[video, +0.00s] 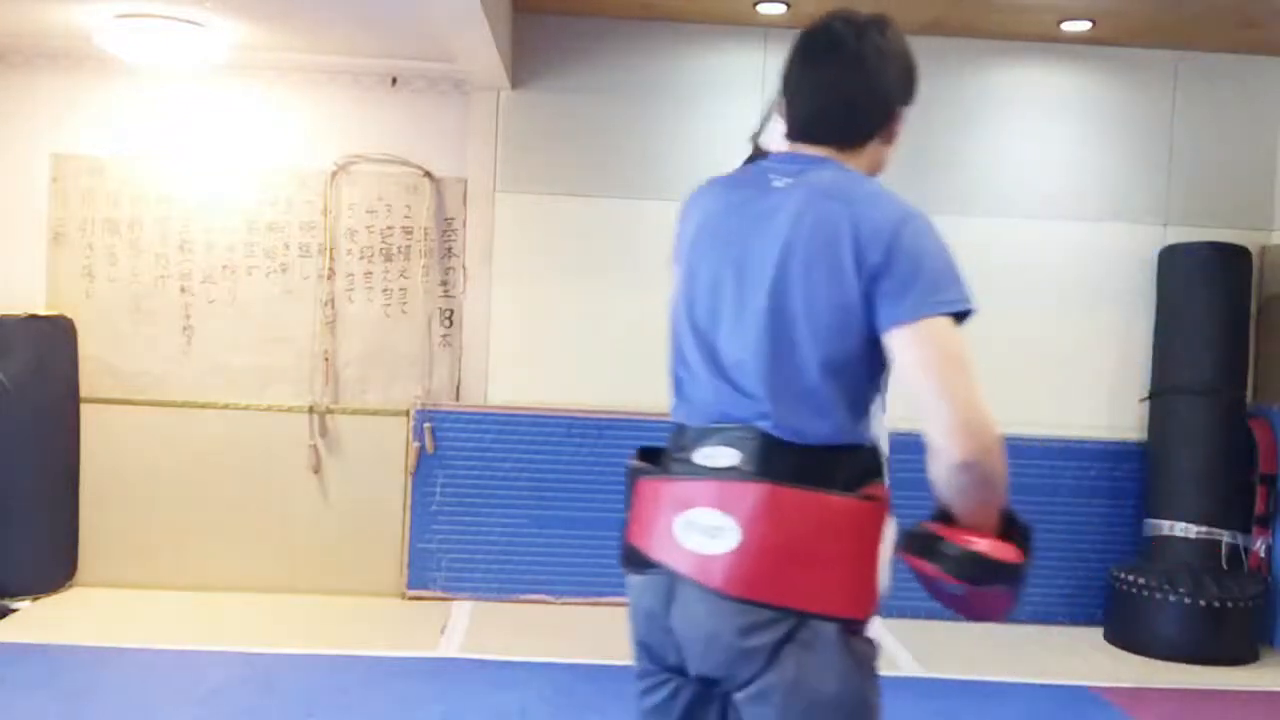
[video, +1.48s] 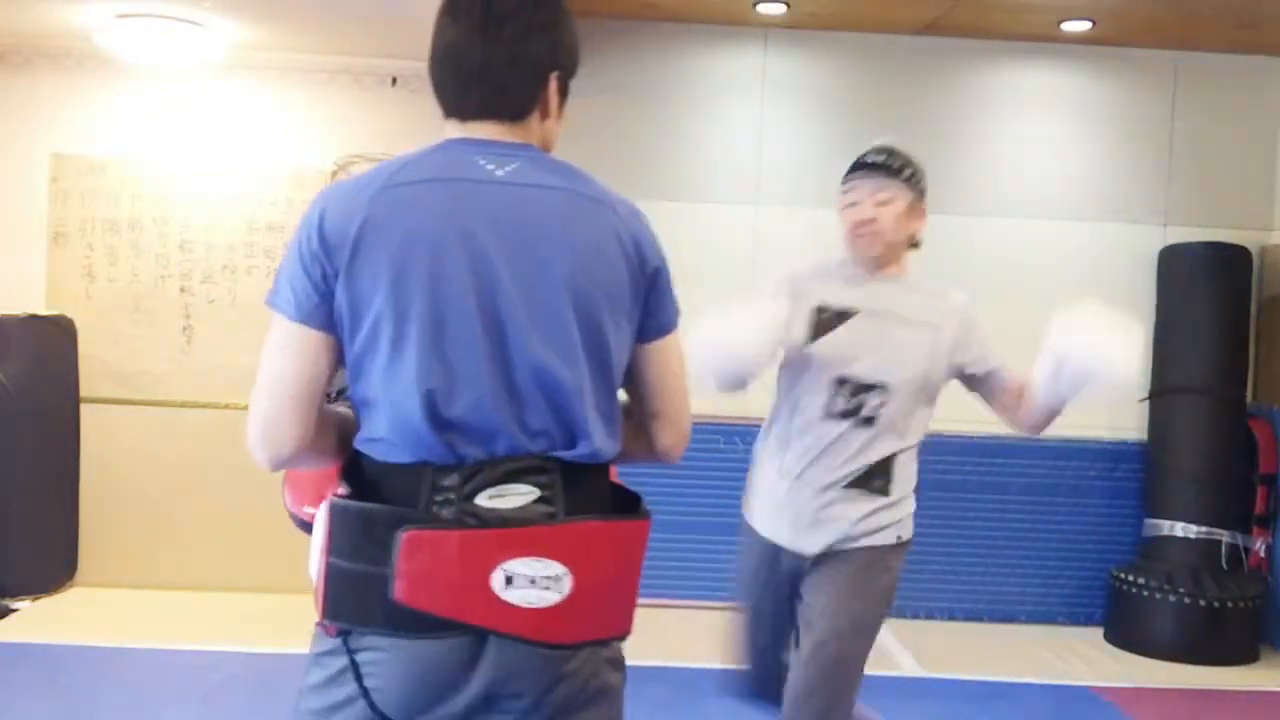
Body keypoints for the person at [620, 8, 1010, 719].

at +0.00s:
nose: (901, 130)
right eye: (903, 115)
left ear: (787, 104)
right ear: (892, 124)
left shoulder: (706, 202)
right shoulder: (882, 222)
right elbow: (963, 447)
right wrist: (978, 531)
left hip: (663, 542)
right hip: (784, 560)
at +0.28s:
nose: (837, 114)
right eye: (838, 97)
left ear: (713, 90)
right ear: (824, 108)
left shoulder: (623, 205)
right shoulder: (837, 225)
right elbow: (924, 466)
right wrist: (902, 562)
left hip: (603, 553)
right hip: (729, 580)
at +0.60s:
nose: (769, 106)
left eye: (771, 89)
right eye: (771, 88)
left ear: (646, 76)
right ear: (753, 93)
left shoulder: (583, 187)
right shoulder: (740, 207)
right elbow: (837, 452)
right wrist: (834, 521)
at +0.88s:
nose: (722, 105)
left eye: (725, 87)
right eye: (725, 86)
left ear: (598, 80)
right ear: (709, 91)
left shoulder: (493, 204)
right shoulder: (755, 225)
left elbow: (413, 381)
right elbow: (828, 454)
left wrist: (519, 374)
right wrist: (754, 434)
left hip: (475, 586)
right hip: (632, 600)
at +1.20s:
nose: (632, 103)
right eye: (636, 85)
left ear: (506, 74)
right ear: (621, 85)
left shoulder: (405, 205)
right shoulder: (685, 223)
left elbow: (328, 433)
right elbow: (718, 447)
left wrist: (420, 448)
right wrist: (604, 447)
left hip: (445, 605)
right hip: (618, 608)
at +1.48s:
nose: (564, 105)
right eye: (566, 88)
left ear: (439, 82)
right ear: (552, 92)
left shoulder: (348, 211)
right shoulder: (619, 225)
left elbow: (278, 438)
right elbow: (665, 436)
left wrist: (374, 419)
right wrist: (550, 422)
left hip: (394, 608)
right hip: (565, 609)